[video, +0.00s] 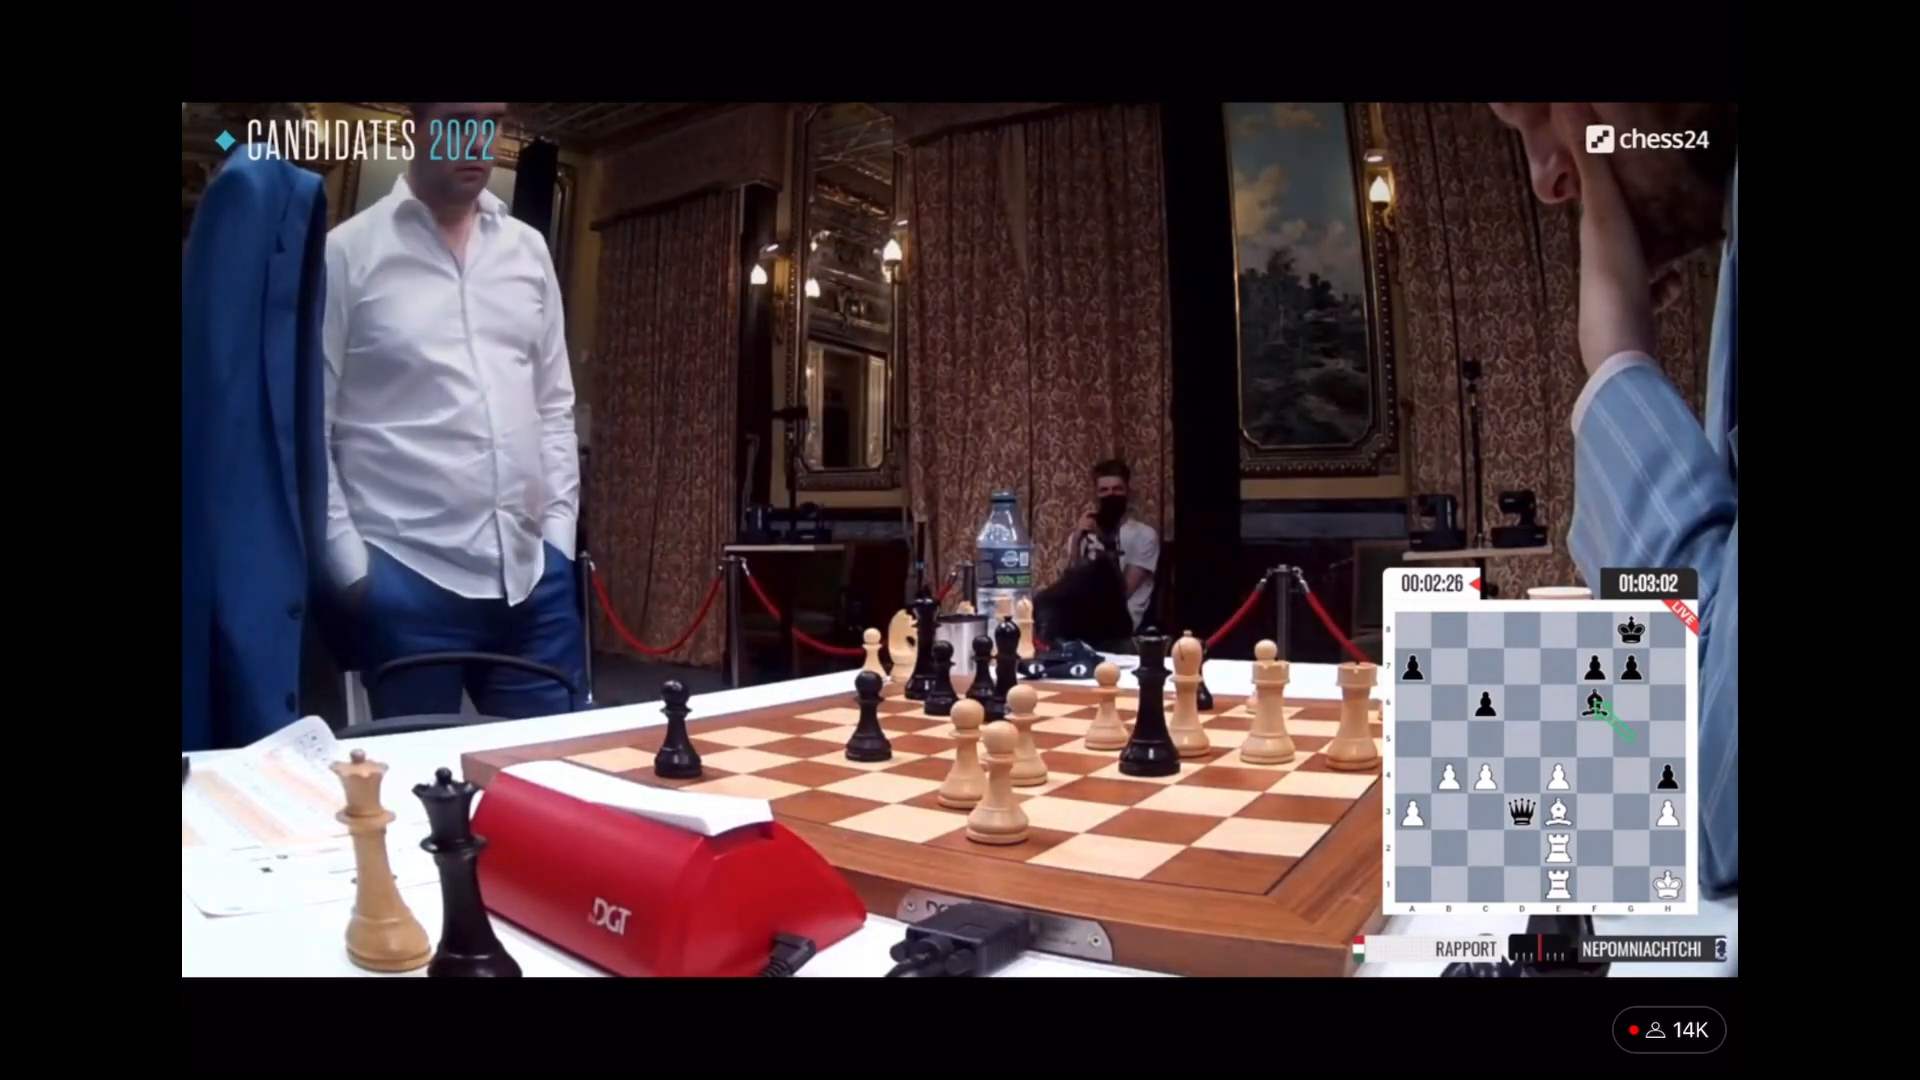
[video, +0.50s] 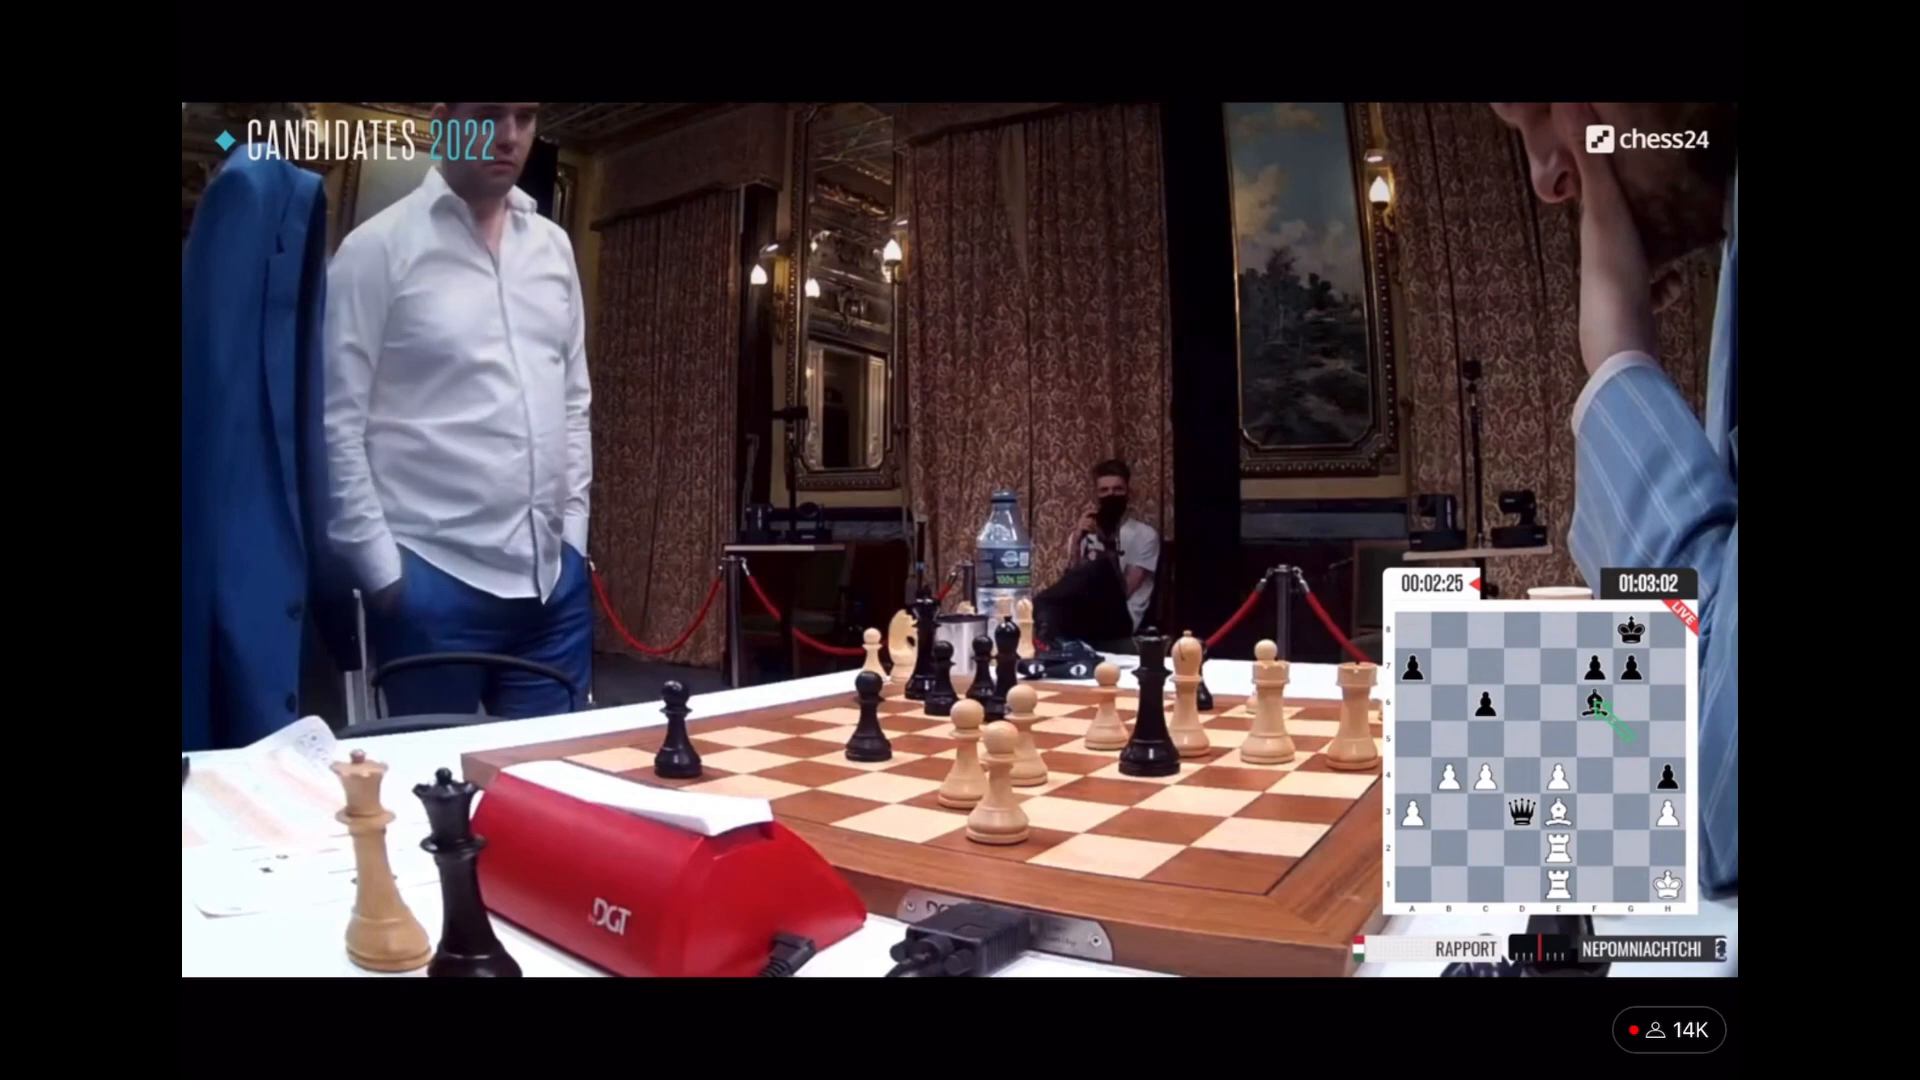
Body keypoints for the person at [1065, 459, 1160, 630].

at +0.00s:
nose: (1110, 495)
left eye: (1117, 489)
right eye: (1104, 490)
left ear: (1127, 491)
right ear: (1095, 494)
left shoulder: (1145, 536)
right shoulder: (1082, 537)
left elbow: (1125, 590)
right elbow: (1071, 584)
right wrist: (1076, 539)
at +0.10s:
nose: (1110, 495)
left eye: (1117, 489)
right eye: (1104, 490)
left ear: (1127, 492)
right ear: (1095, 494)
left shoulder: (1145, 536)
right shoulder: (1082, 536)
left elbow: (1126, 590)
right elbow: (1071, 584)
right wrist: (1076, 540)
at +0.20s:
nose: (1110, 495)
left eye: (1117, 489)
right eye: (1104, 490)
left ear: (1127, 491)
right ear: (1095, 494)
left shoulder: (1145, 536)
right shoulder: (1083, 536)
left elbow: (1126, 590)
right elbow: (1071, 584)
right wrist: (1076, 540)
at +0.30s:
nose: (1110, 495)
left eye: (1117, 489)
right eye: (1104, 490)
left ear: (1127, 491)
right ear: (1095, 494)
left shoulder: (1145, 536)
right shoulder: (1083, 536)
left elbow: (1126, 590)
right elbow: (1072, 583)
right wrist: (1076, 540)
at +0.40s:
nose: (1110, 496)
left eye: (1117, 489)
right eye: (1104, 490)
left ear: (1128, 492)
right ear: (1096, 494)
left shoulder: (1145, 536)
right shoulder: (1088, 533)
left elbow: (1125, 591)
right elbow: (1073, 579)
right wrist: (1075, 539)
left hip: (1122, 620)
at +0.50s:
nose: (1110, 496)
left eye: (1117, 489)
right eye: (1104, 490)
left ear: (1128, 492)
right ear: (1096, 494)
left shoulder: (1145, 536)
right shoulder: (1088, 533)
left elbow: (1125, 591)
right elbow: (1073, 579)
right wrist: (1075, 539)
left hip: (1122, 620)